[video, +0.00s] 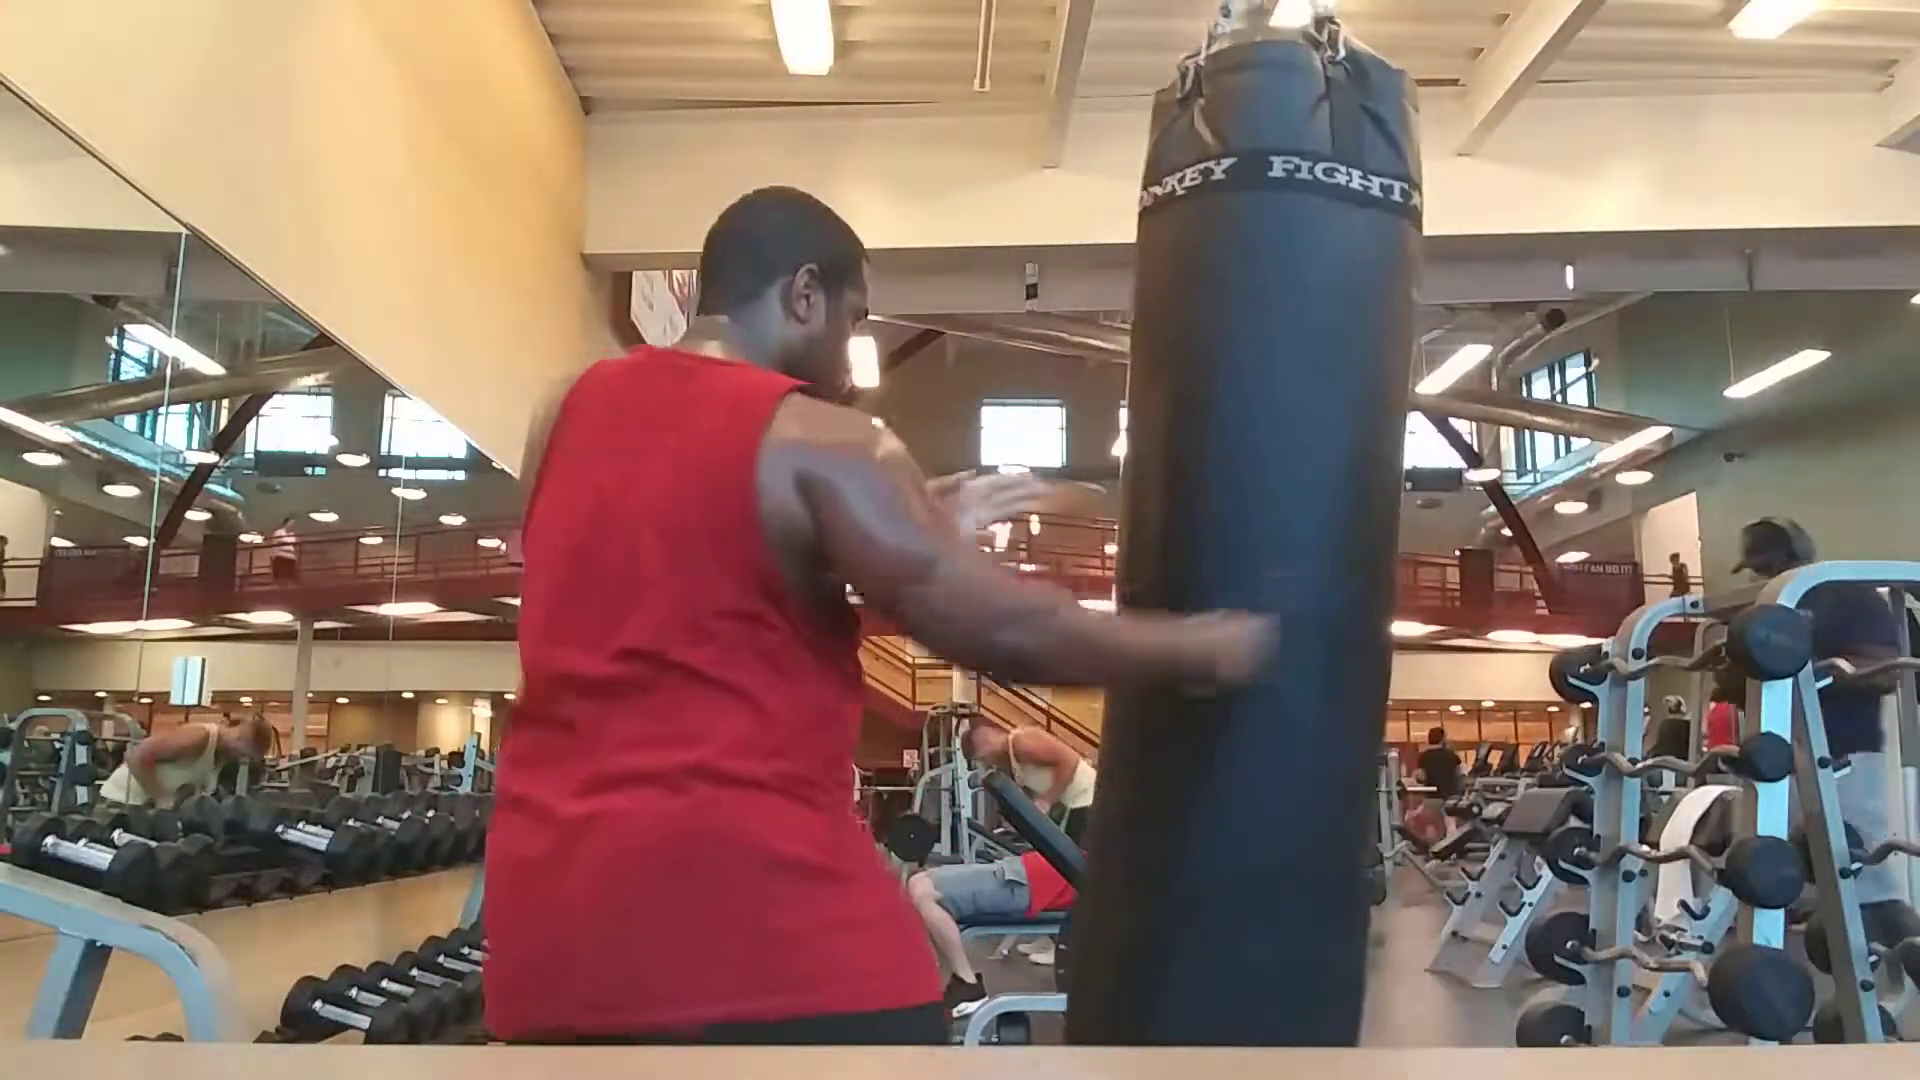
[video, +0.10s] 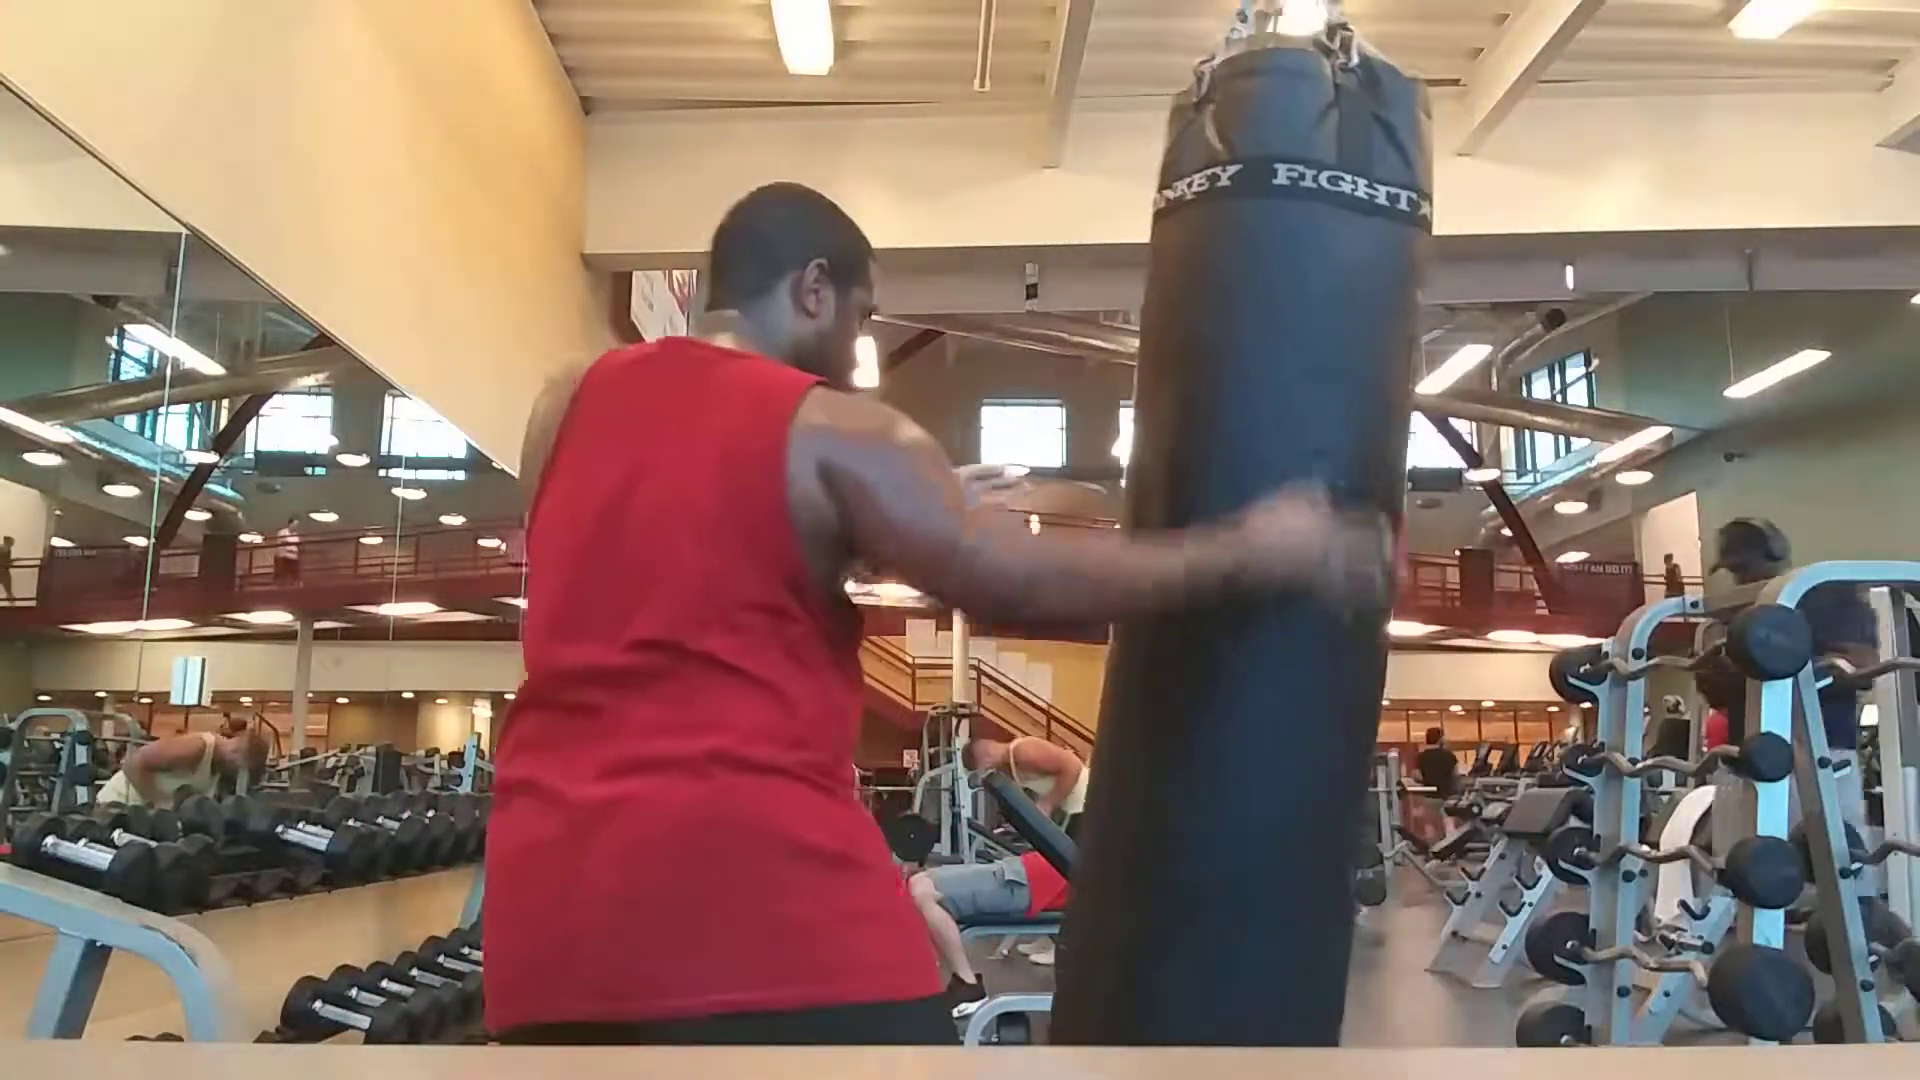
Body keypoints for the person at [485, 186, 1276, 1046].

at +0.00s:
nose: (851, 351)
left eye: (856, 325)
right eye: (853, 320)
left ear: (706, 293)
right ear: (805, 294)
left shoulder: (566, 410)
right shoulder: (820, 437)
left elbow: (706, 536)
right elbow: (1001, 630)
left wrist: (906, 515)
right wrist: (1200, 645)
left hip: (547, 900)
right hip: (758, 886)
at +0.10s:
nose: (865, 341)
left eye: (867, 318)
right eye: (864, 313)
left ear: (705, 292)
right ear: (814, 291)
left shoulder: (567, 399)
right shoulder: (836, 424)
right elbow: (1018, 580)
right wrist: (1246, 548)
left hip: (548, 903)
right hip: (768, 890)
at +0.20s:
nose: (884, 343)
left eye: (889, 324)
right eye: (884, 321)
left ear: (740, 293)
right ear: (836, 294)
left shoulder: (592, 403)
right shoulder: (859, 419)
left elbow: (562, 552)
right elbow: (1074, 550)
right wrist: (1224, 483)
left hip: (560, 896)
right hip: (787, 890)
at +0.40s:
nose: (972, 362)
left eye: (977, 336)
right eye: (975, 331)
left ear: (840, 306)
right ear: (933, 307)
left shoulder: (680, 424)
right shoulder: (952, 442)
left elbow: (654, 526)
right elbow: (1125, 621)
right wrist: (1209, 513)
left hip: (670, 872)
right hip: (890, 872)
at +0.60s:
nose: (1049, 353)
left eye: (1059, 335)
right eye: (1053, 331)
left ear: (913, 296)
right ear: (1006, 299)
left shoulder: (778, 424)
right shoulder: (1010, 406)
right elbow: (1201, 579)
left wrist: (1089, 597)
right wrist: (1248, 522)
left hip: (760, 881)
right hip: (971, 881)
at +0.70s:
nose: (1055, 372)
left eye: (1061, 349)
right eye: (1054, 345)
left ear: (911, 326)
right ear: (1005, 321)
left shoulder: (776, 454)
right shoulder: (1032, 434)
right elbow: (1273, 587)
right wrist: (1302, 528)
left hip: (780, 923)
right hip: (1013, 909)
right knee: (1224, 1061)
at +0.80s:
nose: (1085, 365)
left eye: (1090, 343)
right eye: (1084, 341)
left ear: (950, 330)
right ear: (1045, 330)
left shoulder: (821, 462)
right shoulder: (1098, 456)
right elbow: (1310, 627)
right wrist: (1321, 537)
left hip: (830, 915)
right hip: (1059, 905)